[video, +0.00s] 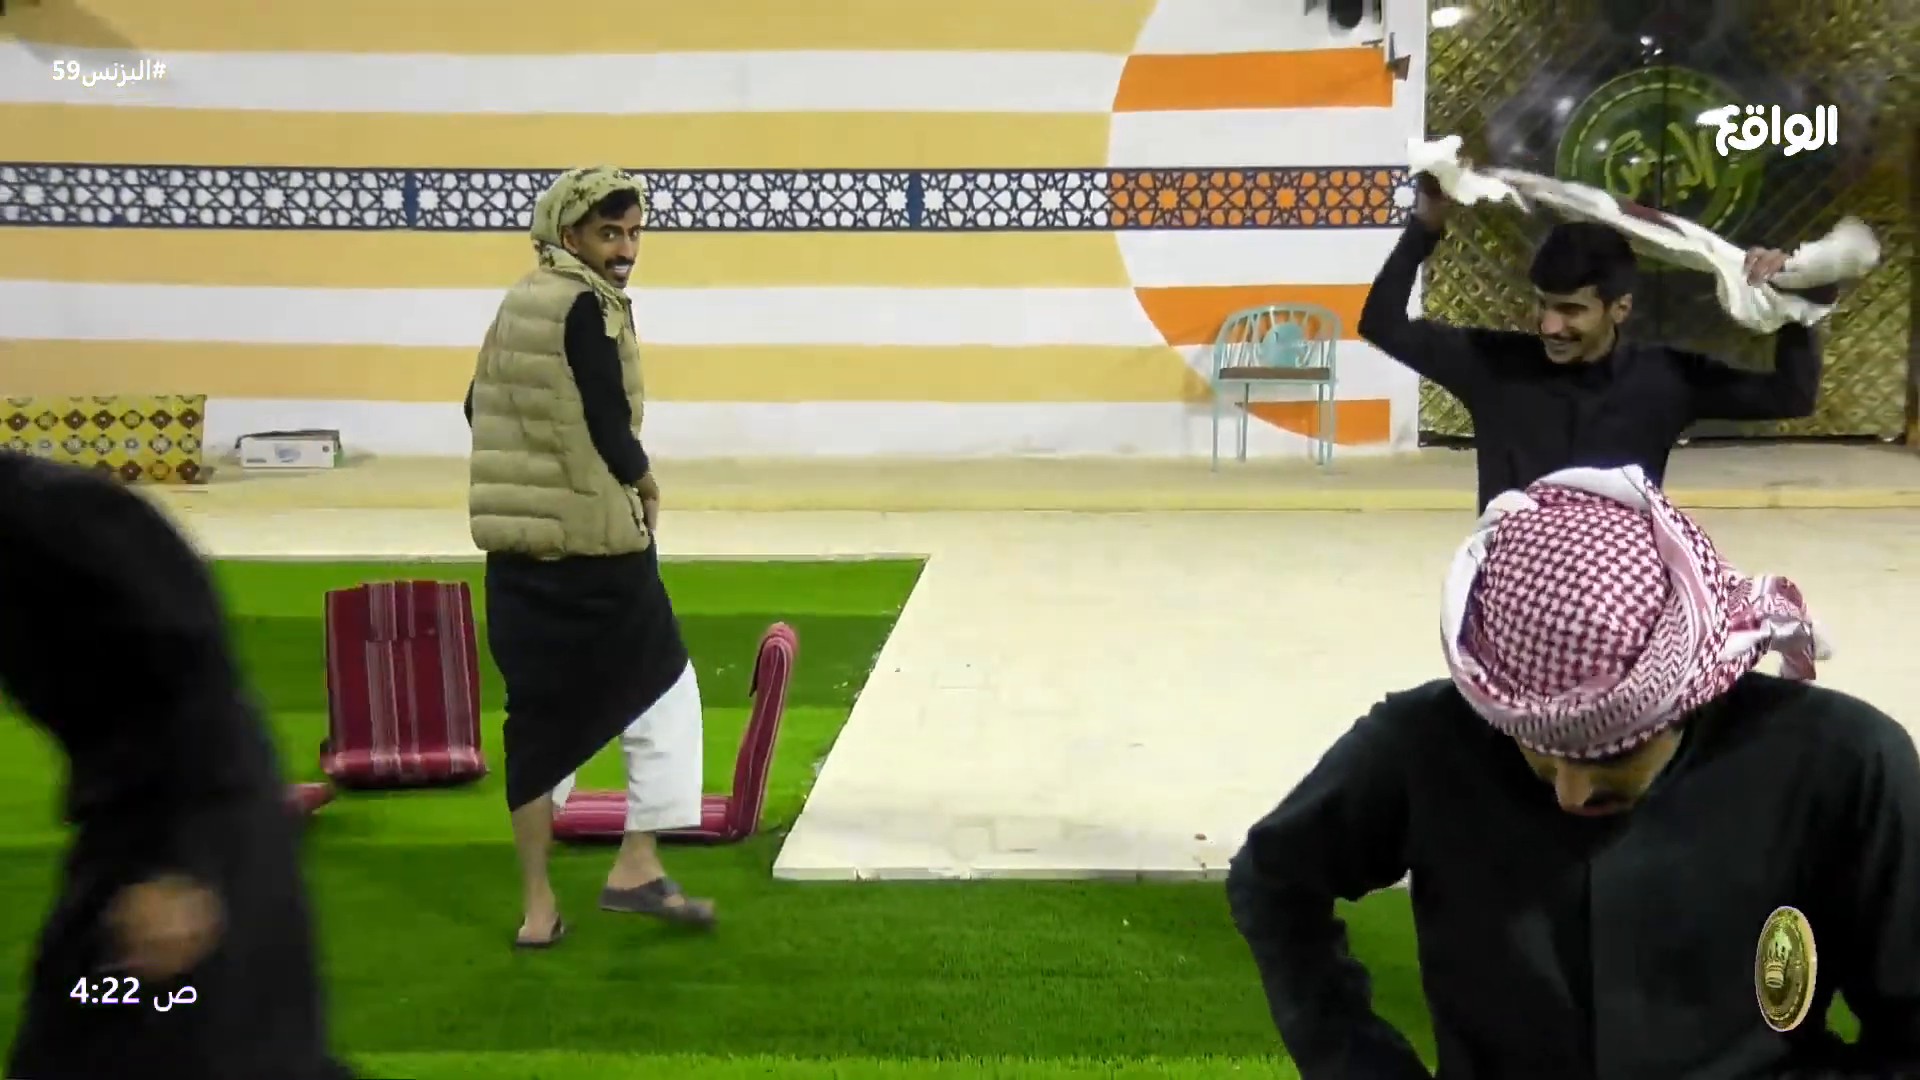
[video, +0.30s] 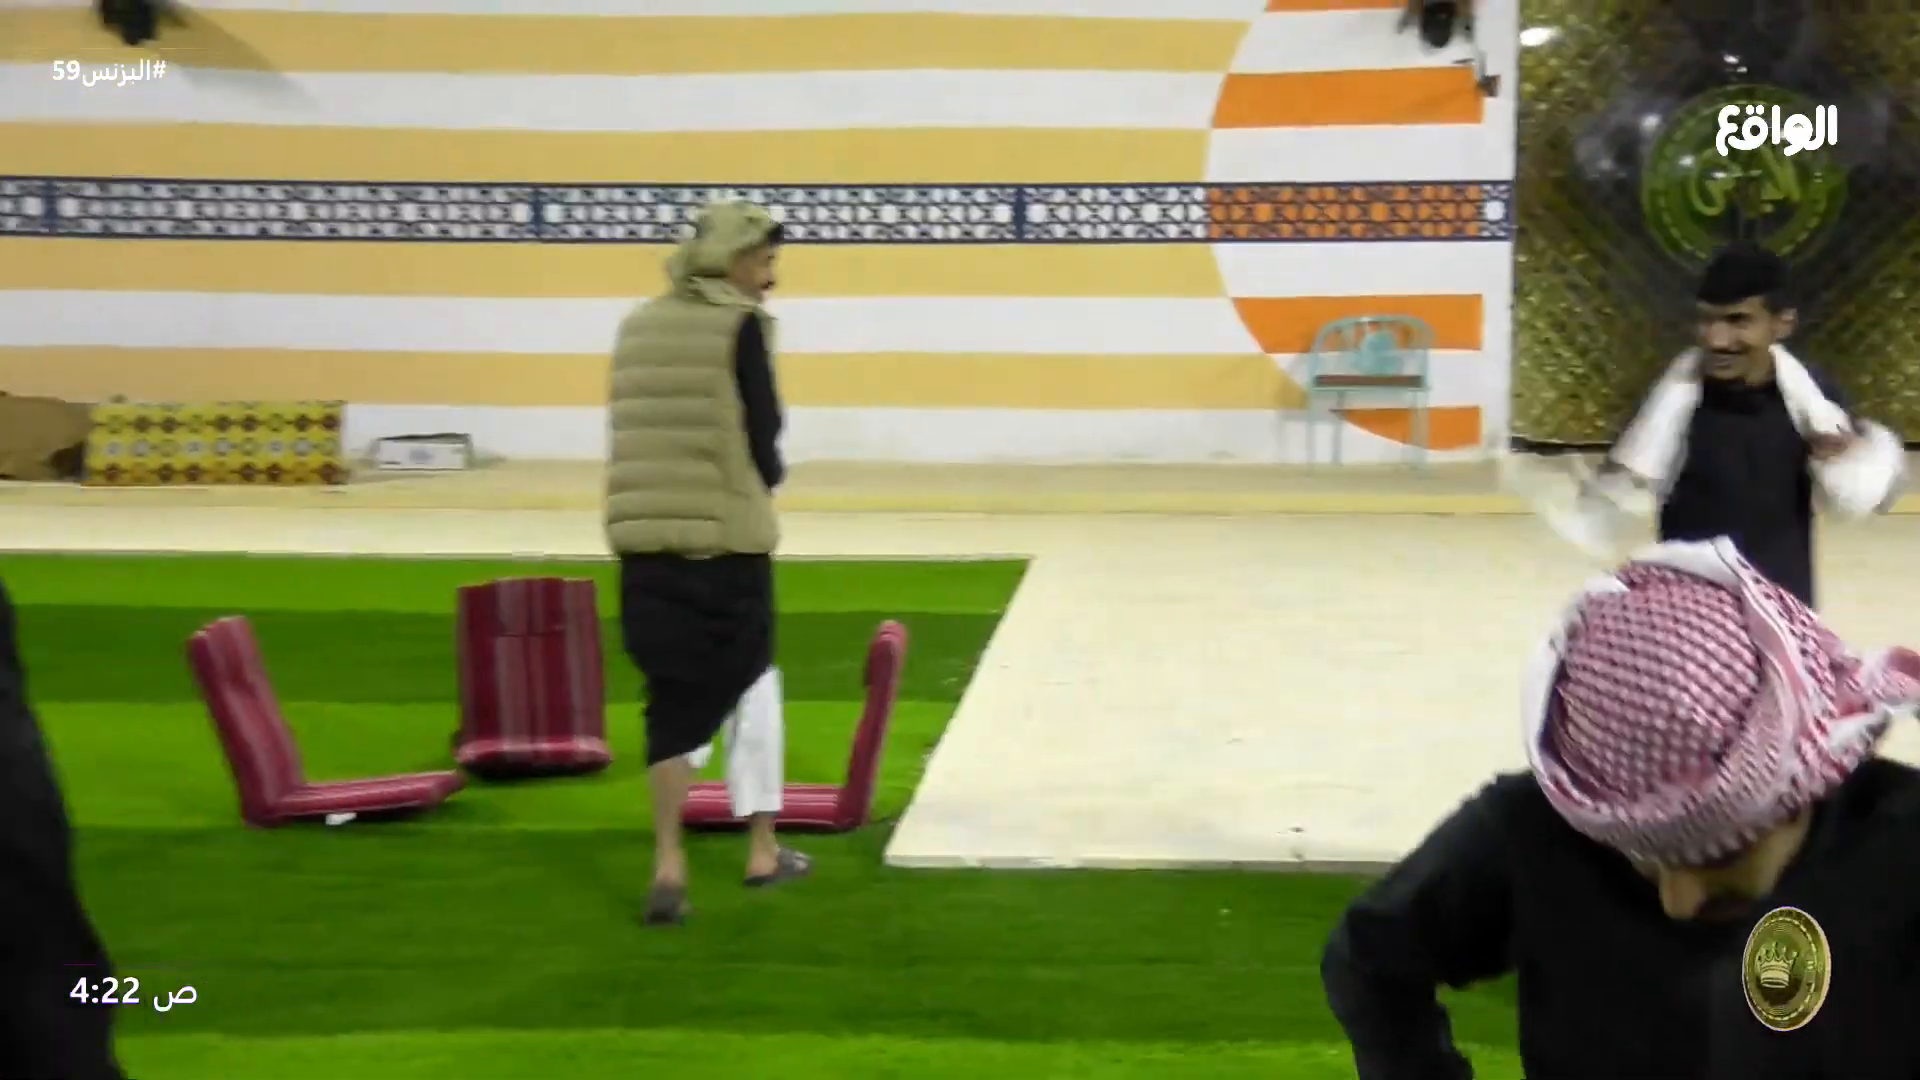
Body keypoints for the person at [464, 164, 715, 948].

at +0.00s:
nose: (626, 248)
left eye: (633, 234)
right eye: (612, 233)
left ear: (631, 235)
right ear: (569, 232)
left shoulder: (518, 303)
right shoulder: (587, 306)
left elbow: (476, 407)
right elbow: (607, 423)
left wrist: (545, 459)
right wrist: (643, 482)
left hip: (515, 557)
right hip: (597, 554)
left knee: (533, 720)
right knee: (667, 693)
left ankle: (537, 908)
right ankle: (638, 866)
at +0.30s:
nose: (772, 275)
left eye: (773, 261)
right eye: (764, 262)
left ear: (705, 259)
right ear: (729, 258)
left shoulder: (637, 324)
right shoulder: (740, 325)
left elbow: (627, 423)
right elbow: (763, 427)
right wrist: (768, 481)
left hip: (646, 546)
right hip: (728, 546)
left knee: (669, 702)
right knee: (755, 687)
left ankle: (666, 864)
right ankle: (763, 851)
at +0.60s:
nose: (877, 244)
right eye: (873, 233)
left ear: (800, 237)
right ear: (868, 238)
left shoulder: (763, 301)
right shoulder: (892, 303)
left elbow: (735, 417)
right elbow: (941, 406)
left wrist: (767, 471)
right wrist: (910, 457)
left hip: (777, 523)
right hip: (871, 524)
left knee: (778, 661)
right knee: (884, 674)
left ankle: (795, 815)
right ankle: (902, 842)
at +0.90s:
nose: (810, 233)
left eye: (813, 223)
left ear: (823, 228)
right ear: (890, 222)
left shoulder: (796, 297)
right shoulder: (920, 284)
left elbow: (783, 417)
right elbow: (962, 379)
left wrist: (811, 472)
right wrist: (946, 419)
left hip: (833, 511)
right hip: (917, 501)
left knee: (837, 661)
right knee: (919, 621)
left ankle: (856, 822)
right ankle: (950, 734)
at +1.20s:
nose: (902, 238)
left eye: (906, 226)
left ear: (916, 231)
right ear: (980, 220)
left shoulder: (905, 303)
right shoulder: (1024, 288)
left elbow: (893, 413)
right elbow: (1074, 379)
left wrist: (895, 483)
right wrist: (1040, 436)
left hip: (951, 523)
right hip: (1030, 518)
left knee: (963, 692)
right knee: (997, 643)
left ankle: (977, 850)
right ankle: (1010, 781)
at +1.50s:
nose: (997, 264)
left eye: (1005, 248)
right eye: (994, 249)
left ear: (1045, 245)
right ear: (1052, 248)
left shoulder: (1073, 307)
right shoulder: (1094, 298)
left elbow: (1071, 415)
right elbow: (1149, 395)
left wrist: (1060, 491)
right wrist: (1087, 483)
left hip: (1109, 523)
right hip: (1140, 517)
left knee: (1031, 665)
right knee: (1075, 675)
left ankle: (1105, 825)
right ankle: (1104, 831)